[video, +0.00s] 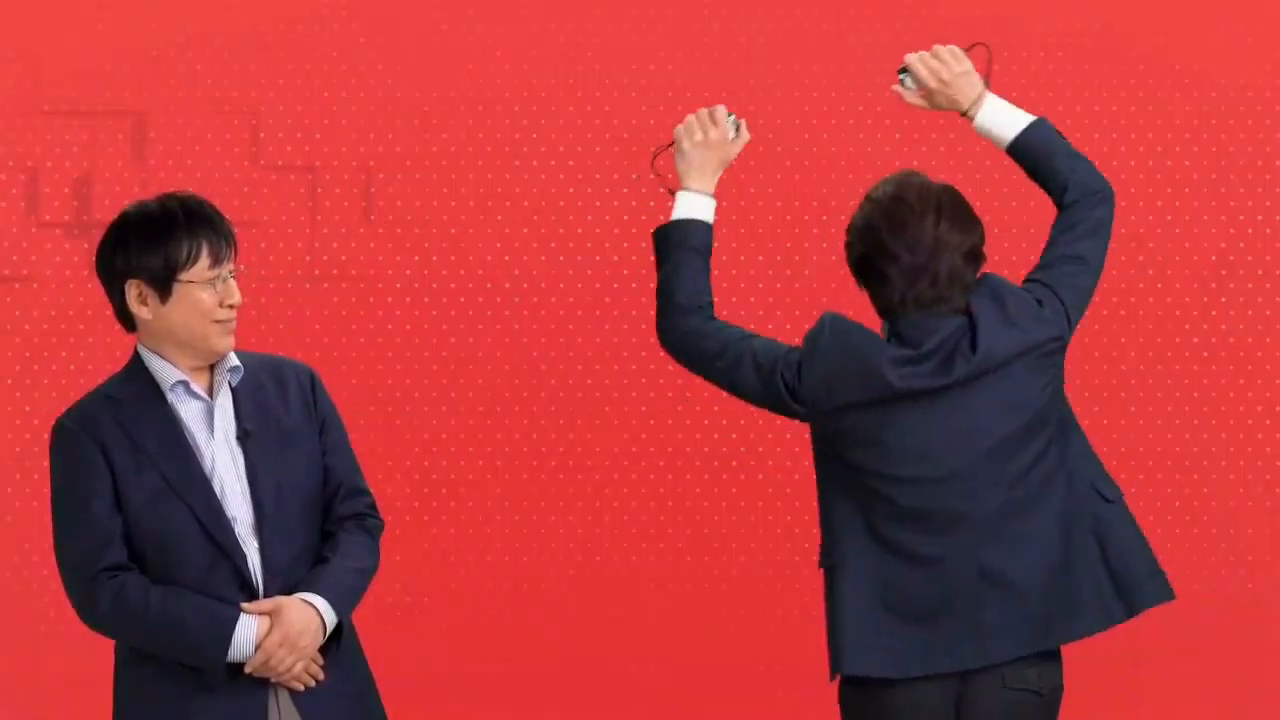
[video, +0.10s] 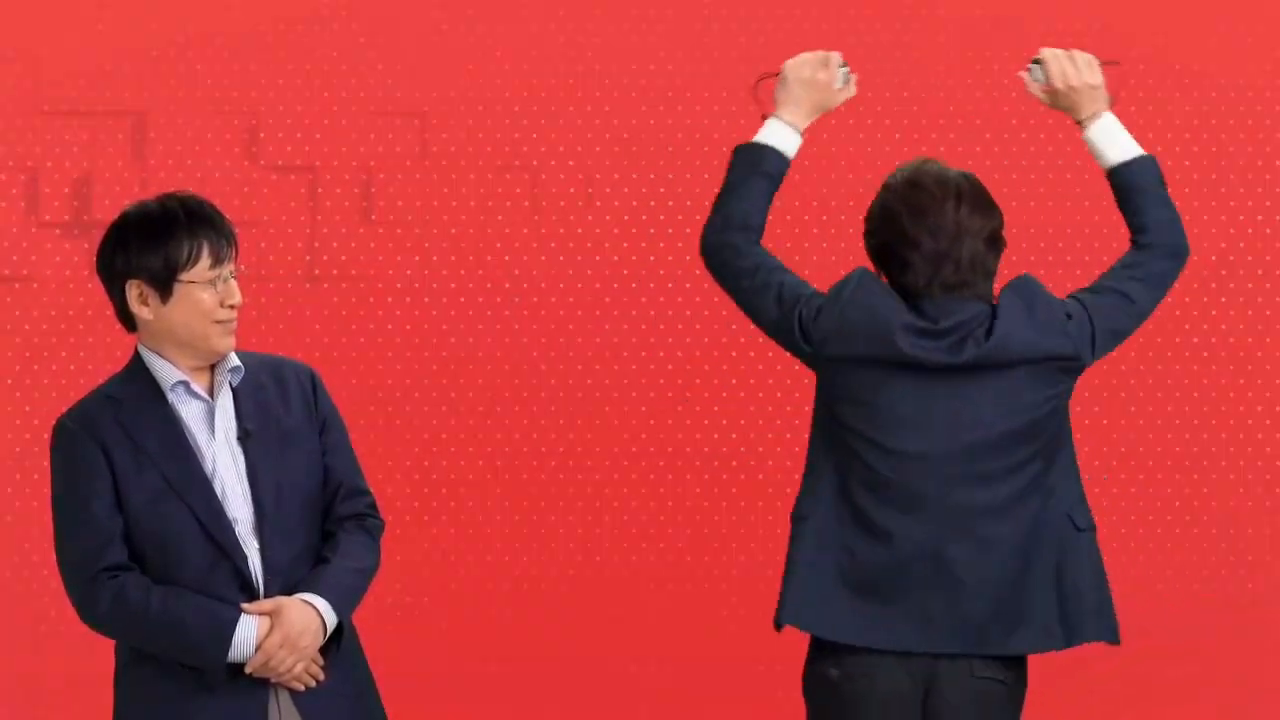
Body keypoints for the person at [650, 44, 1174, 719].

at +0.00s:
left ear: (869, 282)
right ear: (976, 264)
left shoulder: (832, 378)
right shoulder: (1030, 334)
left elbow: (685, 329)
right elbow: (1088, 196)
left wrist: (694, 189)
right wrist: (981, 104)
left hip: (892, 684)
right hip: (1019, 674)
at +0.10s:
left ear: (883, 262)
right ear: (993, 258)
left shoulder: (843, 334)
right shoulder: (1050, 340)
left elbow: (727, 245)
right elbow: (1163, 247)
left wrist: (786, 120)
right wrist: (1098, 120)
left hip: (858, 662)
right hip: (986, 666)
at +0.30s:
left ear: (914, 277)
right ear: (1019, 297)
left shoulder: (866, 340)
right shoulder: (1056, 404)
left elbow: (830, 217)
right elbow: (1214, 396)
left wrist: (950, 147)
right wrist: (1232, 255)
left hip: (809, 671)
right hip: (934, 692)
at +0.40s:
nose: (1015, 280)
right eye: (1013, 267)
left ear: (896, 260)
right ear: (1006, 278)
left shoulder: (851, 335)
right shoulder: (1047, 375)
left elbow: (795, 218)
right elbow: (1199, 354)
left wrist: (907, 138)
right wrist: (1199, 216)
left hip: (834, 672)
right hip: (961, 685)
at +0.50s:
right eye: (993, 243)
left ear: (882, 265)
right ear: (991, 256)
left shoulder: (835, 342)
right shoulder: (1043, 336)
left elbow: (708, 254)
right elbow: (1141, 236)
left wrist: (777, 128)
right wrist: (1076, 113)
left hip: (882, 668)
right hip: (1014, 667)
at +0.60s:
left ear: (877, 269)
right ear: (989, 252)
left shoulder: (834, 369)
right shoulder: (1034, 326)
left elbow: (676, 329)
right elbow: (1077, 193)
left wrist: (694, 188)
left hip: (906, 681)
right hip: (1035, 669)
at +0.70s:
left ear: (880, 273)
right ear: (989, 251)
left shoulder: (838, 372)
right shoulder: (1038, 326)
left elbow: (677, 351)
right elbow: (1067, 190)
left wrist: (673, 210)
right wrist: (943, 118)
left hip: (909, 683)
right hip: (1038, 666)